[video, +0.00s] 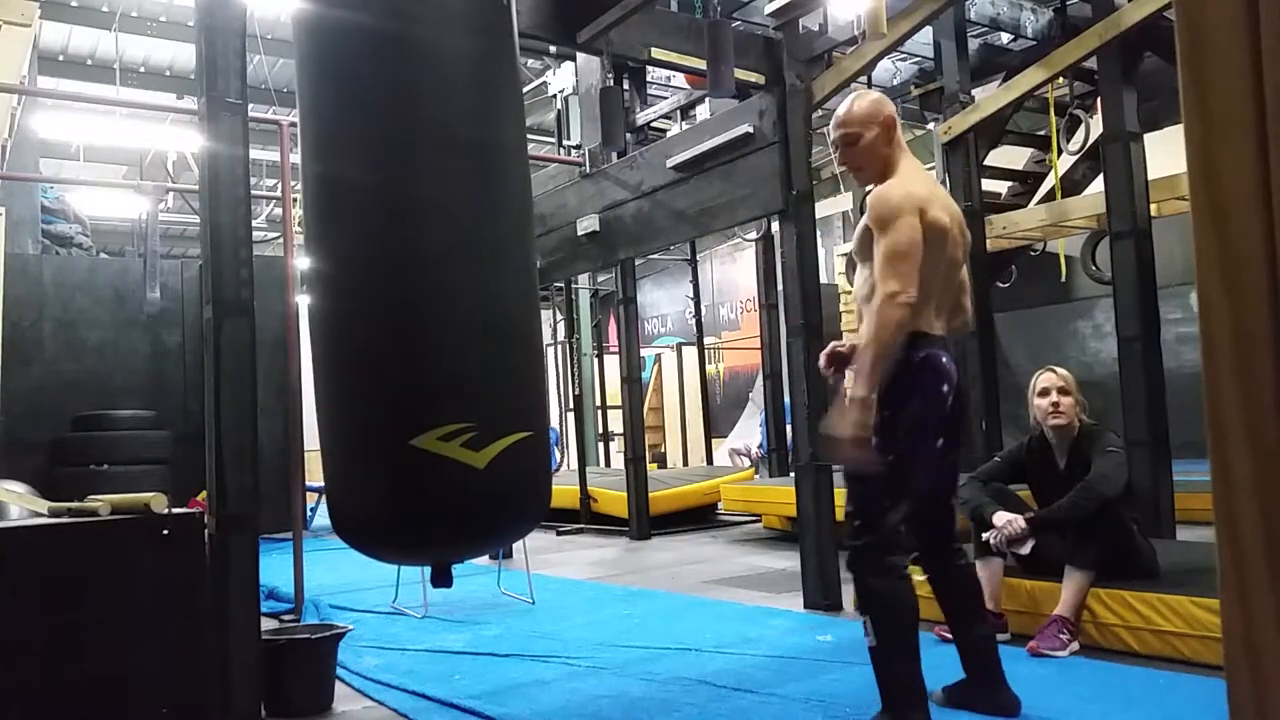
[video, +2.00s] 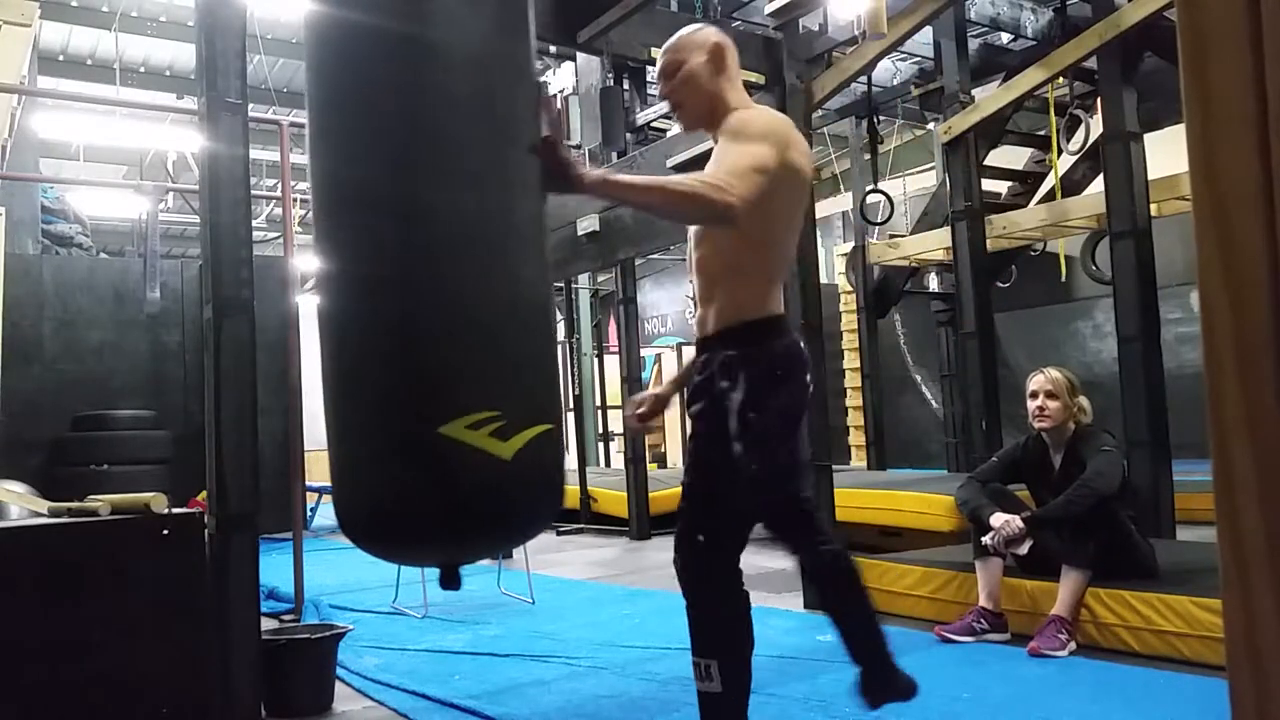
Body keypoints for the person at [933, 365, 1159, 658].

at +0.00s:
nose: (1054, 400)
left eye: (1063, 392)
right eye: (1044, 394)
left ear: (1077, 403)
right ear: (1032, 407)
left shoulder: (1102, 440)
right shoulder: (1030, 449)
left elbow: (1105, 486)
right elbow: (969, 487)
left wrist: (1031, 522)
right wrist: (994, 514)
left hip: (1120, 559)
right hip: (1060, 557)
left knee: (1096, 506)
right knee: (994, 498)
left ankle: (1063, 621)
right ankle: (990, 613)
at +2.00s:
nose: (1040, 404)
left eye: (1051, 396)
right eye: (1034, 397)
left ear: (1072, 406)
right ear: (1026, 406)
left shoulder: (1097, 442)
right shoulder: (1028, 449)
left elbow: (1101, 484)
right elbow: (967, 488)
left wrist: (1028, 521)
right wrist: (992, 516)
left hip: (1118, 560)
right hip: (1059, 555)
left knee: (1089, 505)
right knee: (989, 495)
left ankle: (1061, 621)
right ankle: (988, 612)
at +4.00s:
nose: (1041, 404)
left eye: (1052, 396)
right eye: (1034, 396)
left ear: (1072, 405)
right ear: (1026, 405)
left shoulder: (1098, 443)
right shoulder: (1027, 449)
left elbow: (1099, 485)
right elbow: (968, 488)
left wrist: (1026, 522)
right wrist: (992, 516)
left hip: (1118, 559)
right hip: (1059, 555)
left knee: (1087, 504)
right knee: (988, 495)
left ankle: (1061, 621)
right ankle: (989, 612)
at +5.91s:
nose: (1041, 404)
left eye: (1052, 396)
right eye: (1034, 396)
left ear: (1072, 406)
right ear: (1027, 405)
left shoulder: (1097, 442)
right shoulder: (1027, 449)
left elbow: (1100, 485)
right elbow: (968, 488)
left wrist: (1027, 522)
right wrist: (992, 516)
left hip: (1117, 559)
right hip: (1058, 556)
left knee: (1090, 504)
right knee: (988, 495)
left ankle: (1061, 620)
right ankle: (989, 612)